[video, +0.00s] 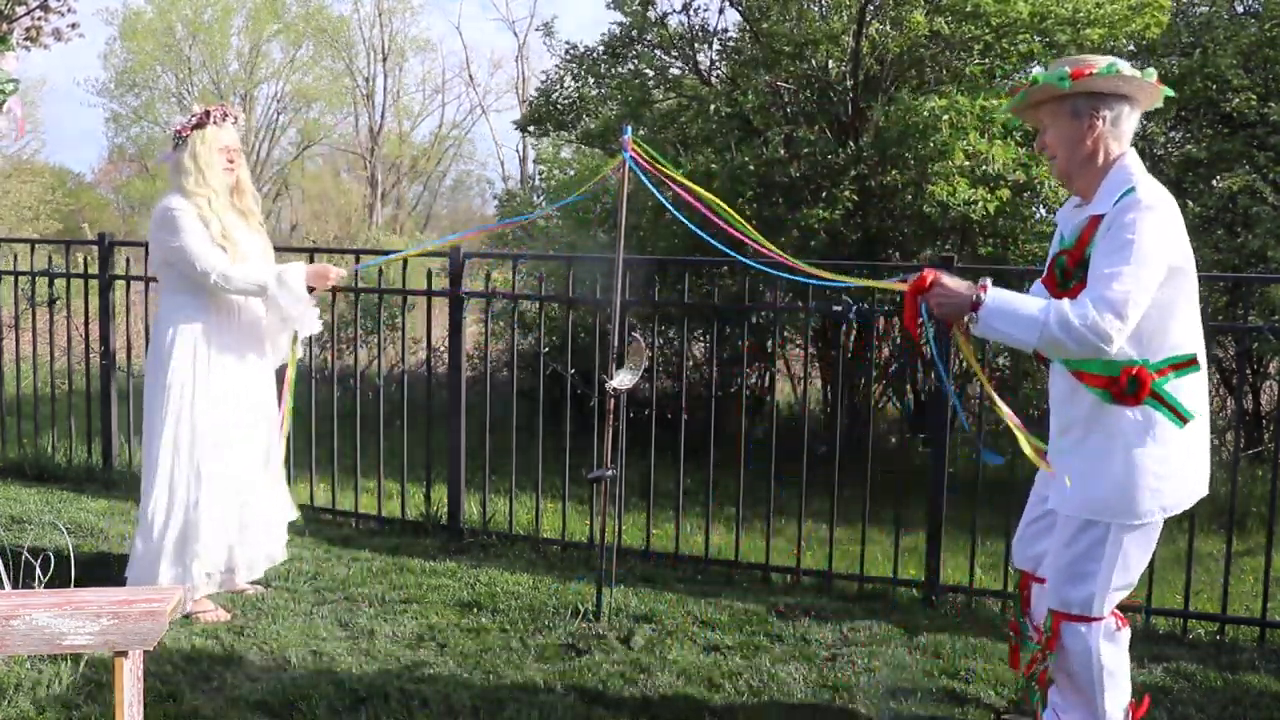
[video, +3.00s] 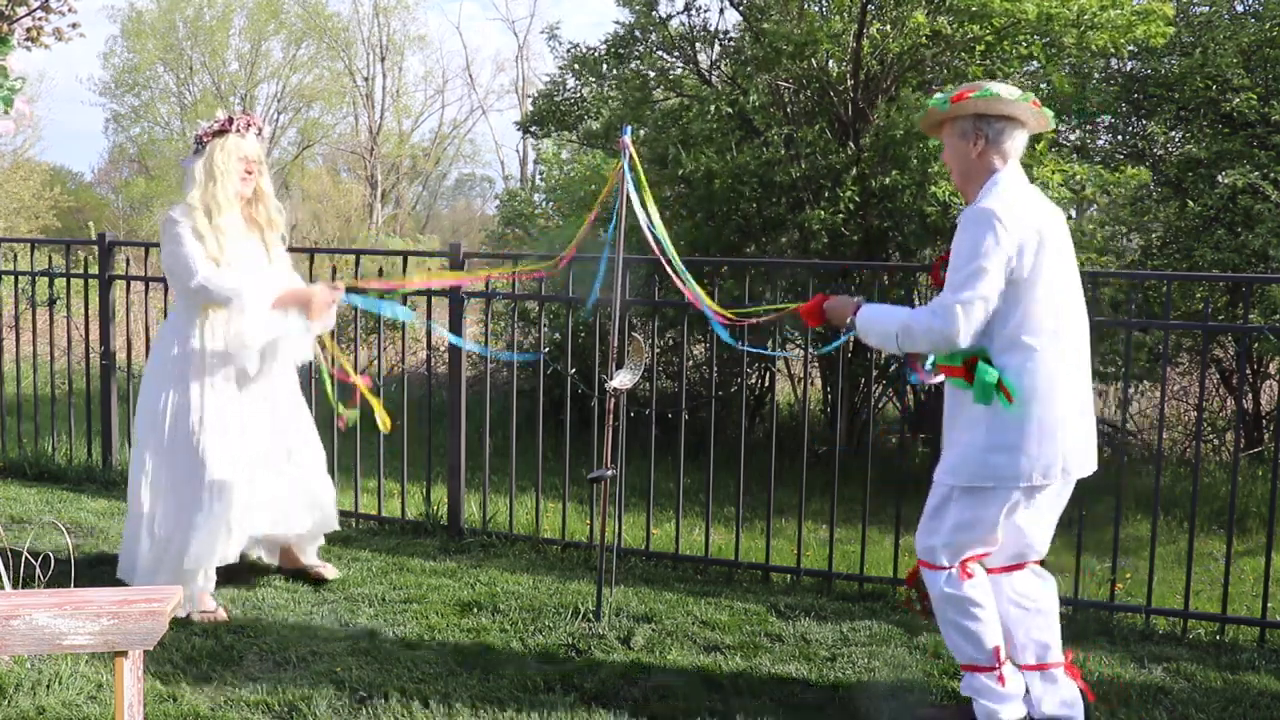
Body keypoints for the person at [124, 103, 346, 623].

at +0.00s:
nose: (233, 159)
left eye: (237, 150)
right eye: (221, 150)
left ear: (241, 158)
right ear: (191, 156)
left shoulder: (238, 214)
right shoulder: (175, 211)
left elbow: (255, 282)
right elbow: (218, 274)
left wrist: (303, 287)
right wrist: (298, 276)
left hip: (239, 353)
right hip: (193, 354)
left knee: (238, 459)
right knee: (196, 464)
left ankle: (230, 571)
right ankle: (188, 586)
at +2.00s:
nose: (265, 168)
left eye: (267, 160)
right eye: (254, 162)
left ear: (272, 166)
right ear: (226, 170)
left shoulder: (270, 225)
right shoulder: (211, 226)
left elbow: (310, 277)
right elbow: (255, 282)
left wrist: (359, 276)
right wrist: (334, 273)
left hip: (278, 363)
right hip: (234, 366)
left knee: (278, 456)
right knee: (229, 468)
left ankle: (270, 547)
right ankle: (199, 589)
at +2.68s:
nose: (249, 169)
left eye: (256, 160)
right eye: (238, 159)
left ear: (263, 168)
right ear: (211, 164)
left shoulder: (269, 216)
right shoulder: (187, 213)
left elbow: (288, 287)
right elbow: (202, 258)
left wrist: (310, 256)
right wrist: (274, 242)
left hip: (261, 346)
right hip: (205, 349)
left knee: (272, 441)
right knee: (204, 462)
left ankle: (265, 541)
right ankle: (197, 588)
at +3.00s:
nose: (250, 168)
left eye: (257, 160)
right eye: (239, 159)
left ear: (263, 169)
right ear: (212, 166)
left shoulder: (261, 227)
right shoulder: (182, 223)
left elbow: (283, 290)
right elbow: (204, 283)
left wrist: (314, 306)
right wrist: (285, 296)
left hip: (259, 356)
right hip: (201, 360)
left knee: (284, 449)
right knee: (206, 467)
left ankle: (291, 546)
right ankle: (195, 584)